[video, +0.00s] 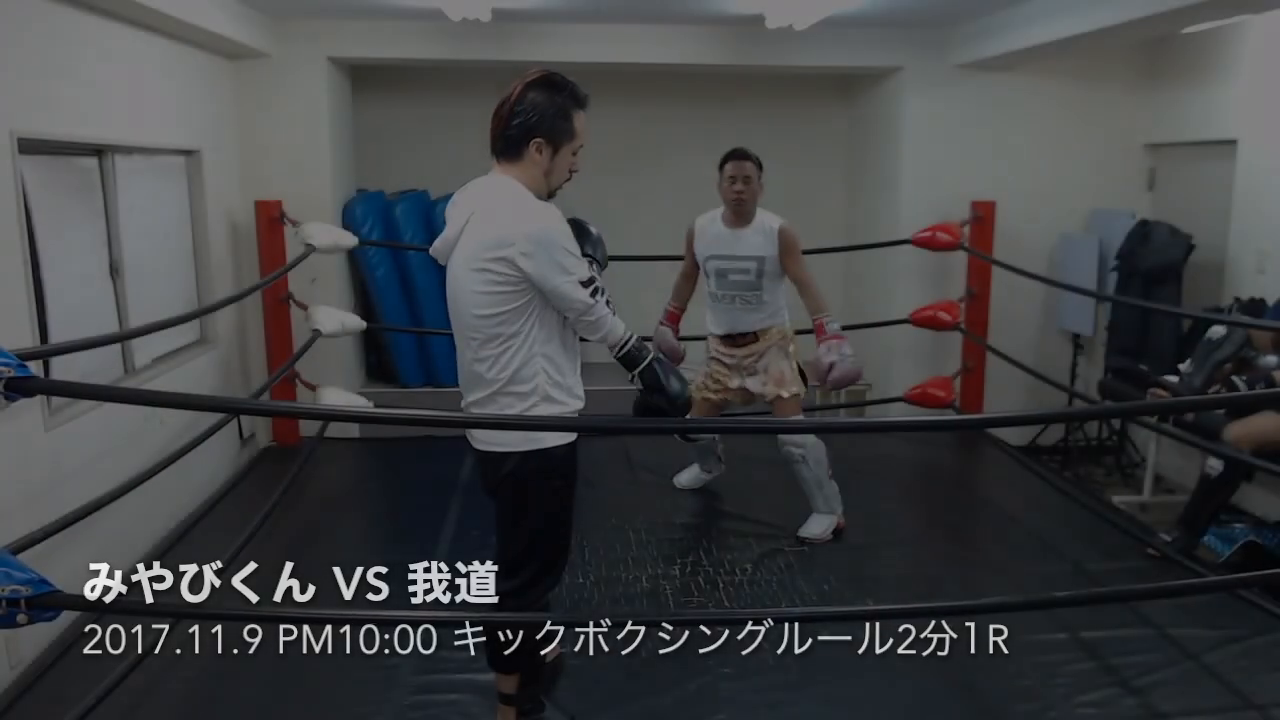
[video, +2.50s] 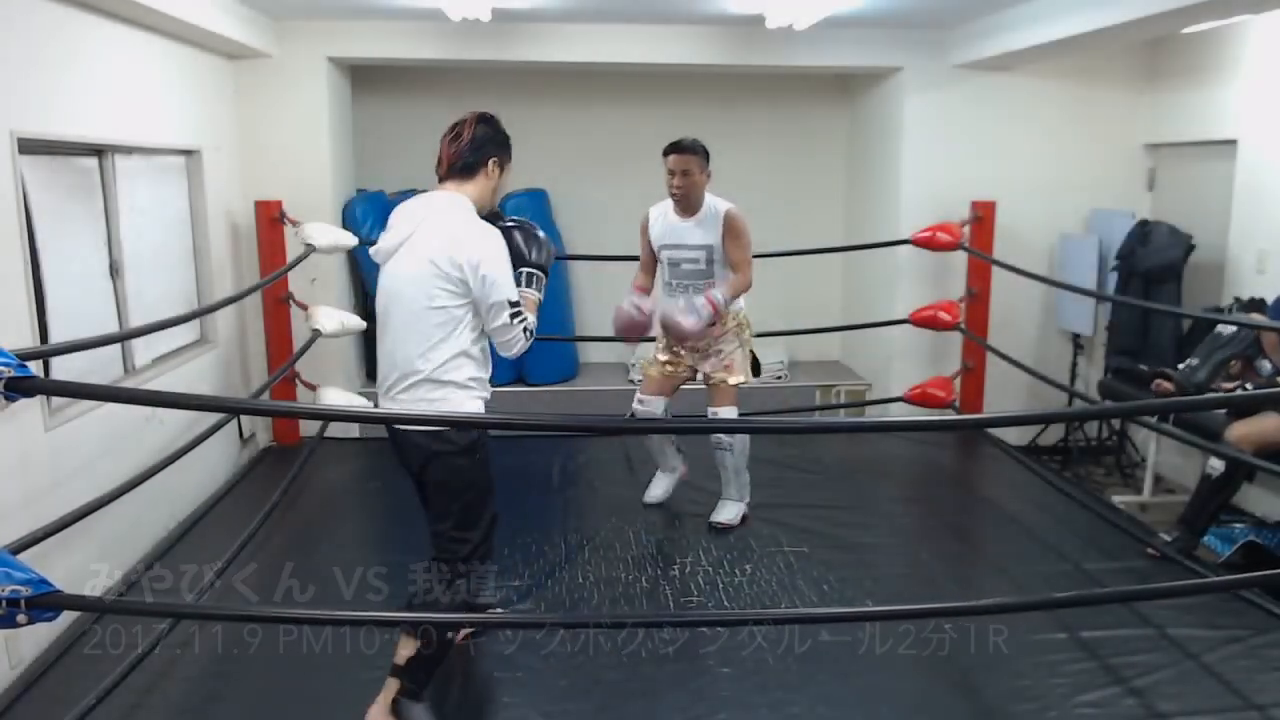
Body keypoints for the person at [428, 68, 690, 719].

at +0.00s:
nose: (578, 164)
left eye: (580, 150)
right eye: (574, 150)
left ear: (527, 143)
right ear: (540, 147)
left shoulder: (471, 200)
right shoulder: (535, 221)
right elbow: (586, 309)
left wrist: (567, 250)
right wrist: (644, 365)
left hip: (492, 420)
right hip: (535, 429)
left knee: (520, 556)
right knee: (534, 567)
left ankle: (521, 664)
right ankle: (513, 702)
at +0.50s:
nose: (560, 160)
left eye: (562, 147)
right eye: (556, 146)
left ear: (497, 141)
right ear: (524, 146)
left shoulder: (463, 199)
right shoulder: (525, 220)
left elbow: (572, 265)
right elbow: (585, 312)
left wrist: (650, 311)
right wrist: (616, 332)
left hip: (484, 418)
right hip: (520, 427)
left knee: (517, 557)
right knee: (519, 575)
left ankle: (521, 656)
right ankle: (512, 706)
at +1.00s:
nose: (541, 162)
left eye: (544, 149)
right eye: (537, 148)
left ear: (485, 142)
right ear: (505, 144)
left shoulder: (445, 195)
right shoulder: (502, 213)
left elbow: (423, 248)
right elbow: (550, 311)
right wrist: (565, 264)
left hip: (453, 405)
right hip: (492, 412)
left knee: (487, 537)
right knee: (512, 555)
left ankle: (487, 654)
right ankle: (512, 703)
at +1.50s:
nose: (508, 162)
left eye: (510, 149)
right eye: (504, 147)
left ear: (456, 141)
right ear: (471, 142)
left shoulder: (426, 194)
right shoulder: (457, 200)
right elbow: (521, 289)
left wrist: (508, 245)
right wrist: (600, 328)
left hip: (450, 407)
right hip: (445, 413)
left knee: (484, 525)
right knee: (451, 562)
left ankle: (485, 649)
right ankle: (385, 703)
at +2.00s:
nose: (479, 148)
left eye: (477, 136)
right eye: (476, 136)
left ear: (414, 139)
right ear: (459, 141)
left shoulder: (381, 197)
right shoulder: (427, 218)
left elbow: (346, 297)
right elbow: (391, 336)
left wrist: (443, 343)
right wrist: (464, 370)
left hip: (399, 413)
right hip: (407, 425)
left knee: (458, 517)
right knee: (395, 571)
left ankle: (449, 636)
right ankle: (376, 706)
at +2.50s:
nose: (503, 188)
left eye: (505, 177)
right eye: (505, 176)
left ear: (448, 163)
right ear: (491, 168)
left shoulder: (404, 219)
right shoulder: (478, 236)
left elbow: (429, 304)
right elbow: (512, 341)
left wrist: (499, 270)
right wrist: (535, 283)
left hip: (400, 412)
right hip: (447, 418)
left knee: (461, 531)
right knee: (456, 558)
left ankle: (460, 622)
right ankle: (387, 702)